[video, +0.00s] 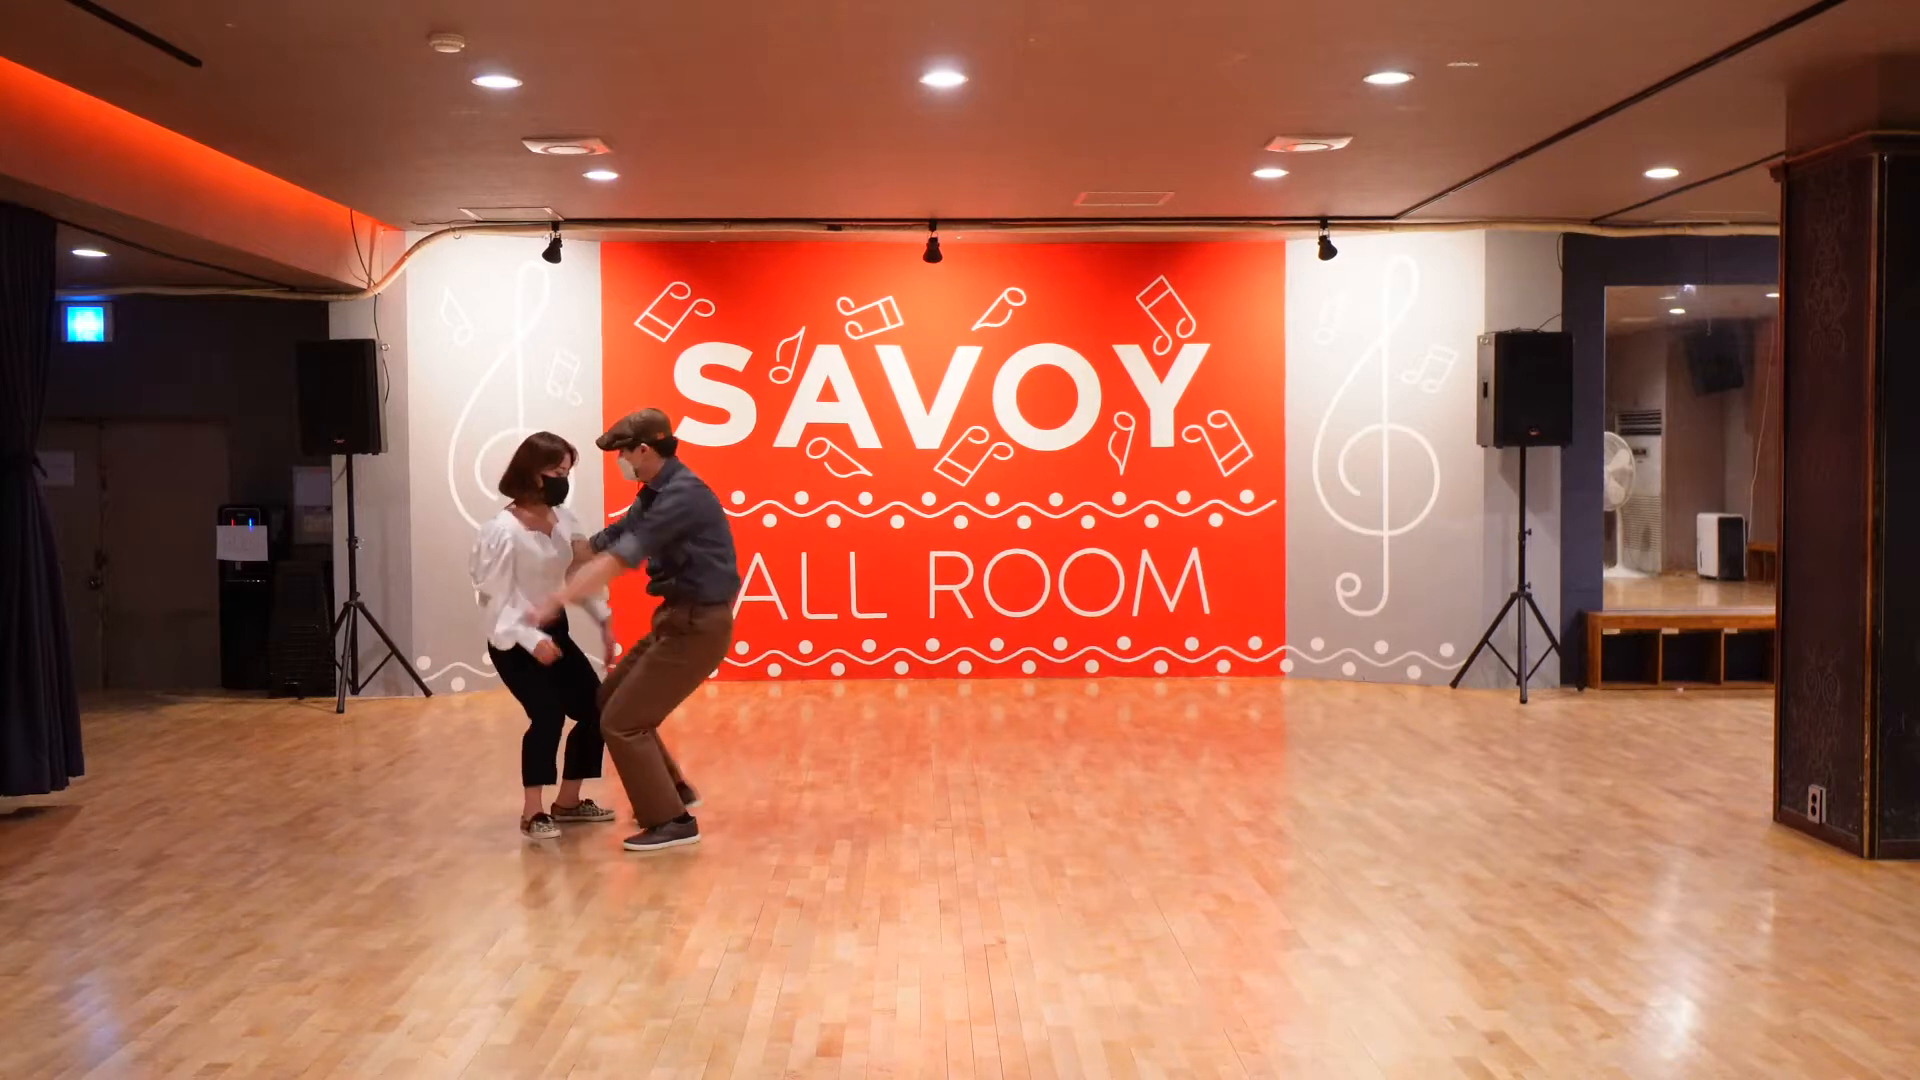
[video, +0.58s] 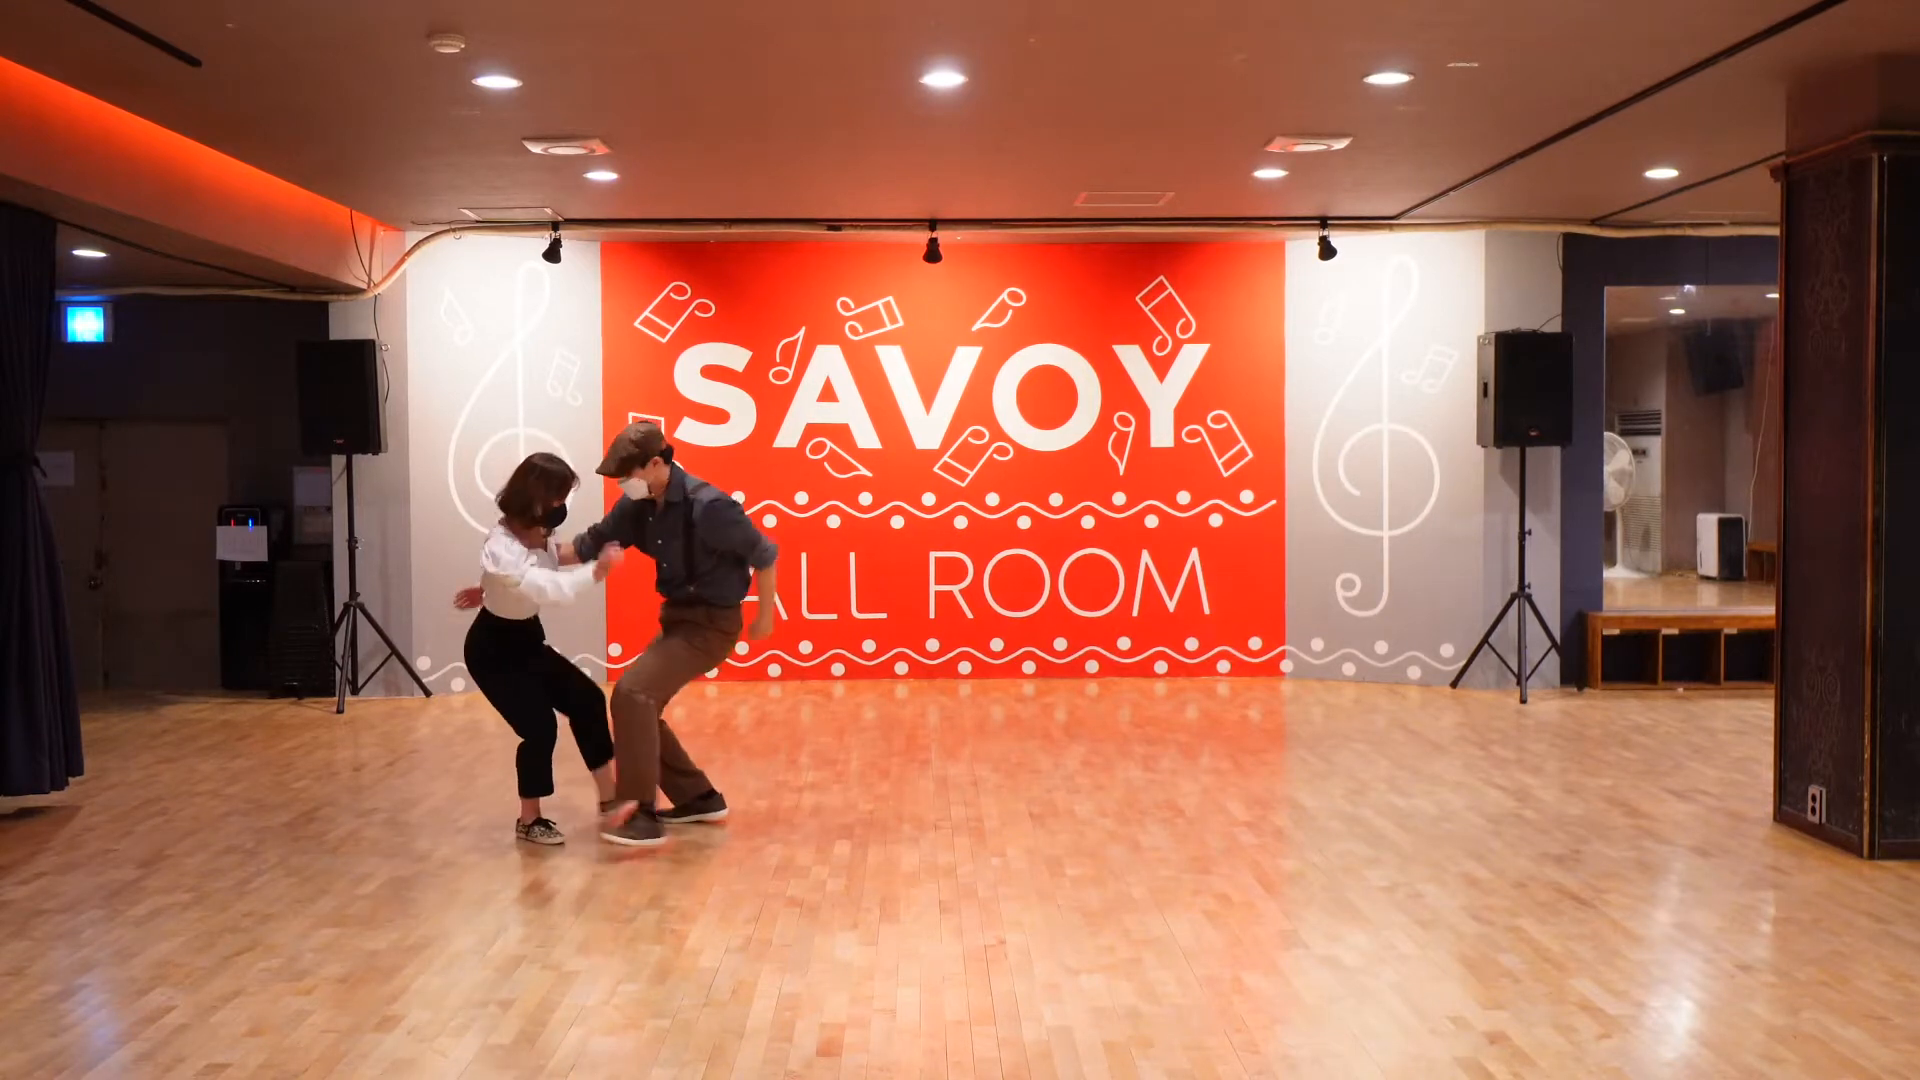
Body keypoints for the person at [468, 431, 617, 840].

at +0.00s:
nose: (565, 480)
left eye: (568, 472)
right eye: (559, 472)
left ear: (566, 473)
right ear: (536, 475)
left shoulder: (563, 521)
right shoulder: (502, 532)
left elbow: (581, 579)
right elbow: (495, 601)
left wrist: (605, 624)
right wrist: (531, 639)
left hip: (552, 629)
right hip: (512, 638)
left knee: (593, 704)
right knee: (548, 712)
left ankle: (568, 802)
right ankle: (533, 813)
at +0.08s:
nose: (565, 483)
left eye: (567, 475)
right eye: (558, 476)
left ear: (564, 475)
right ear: (536, 477)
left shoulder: (560, 526)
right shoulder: (502, 534)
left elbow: (570, 587)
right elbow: (493, 608)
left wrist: (577, 634)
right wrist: (522, 646)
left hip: (551, 630)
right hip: (512, 637)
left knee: (596, 708)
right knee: (548, 723)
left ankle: (569, 801)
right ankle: (528, 818)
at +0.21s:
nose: (568, 490)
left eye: (569, 482)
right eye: (562, 482)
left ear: (540, 486)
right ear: (539, 486)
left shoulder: (553, 529)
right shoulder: (502, 539)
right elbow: (490, 614)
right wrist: (533, 630)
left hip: (539, 637)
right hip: (501, 647)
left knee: (603, 689)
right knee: (551, 725)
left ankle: (582, 783)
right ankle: (530, 819)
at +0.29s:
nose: (564, 497)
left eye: (566, 489)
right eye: (558, 490)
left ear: (541, 492)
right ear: (535, 492)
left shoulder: (545, 530)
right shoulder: (499, 543)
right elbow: (494, 614)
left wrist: (605, 523)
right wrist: (550, 601)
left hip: (535, 641)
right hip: (499, 650)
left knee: (599, 686)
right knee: (545, 725)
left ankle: (609, 781)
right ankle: (529, 819)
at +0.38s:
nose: (560, 505)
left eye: (562, 497)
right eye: (555, 498)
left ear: (534, 496)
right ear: (532, 497)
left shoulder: (540, 532)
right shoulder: (500, 546)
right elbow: (517, 603)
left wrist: (572, 551)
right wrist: (566, 568)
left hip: (533, 644)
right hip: (499, 651)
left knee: (583, 713)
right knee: (541, 729)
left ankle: (629, 787)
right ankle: (529, 820)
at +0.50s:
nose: (560, 508)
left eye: (562, 500)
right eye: (555, 501)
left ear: (526, 499)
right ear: (534, 502)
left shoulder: (533, 534)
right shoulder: (502, 556)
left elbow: (559, 546)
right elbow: (543, 580)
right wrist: (587, 550)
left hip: (529, 647)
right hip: (495, 654)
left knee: (578, 716)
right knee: (540, 727)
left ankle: (623, 783)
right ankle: (529, 820)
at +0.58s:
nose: (564, 509)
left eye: (565, 500)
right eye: (559, 501)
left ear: (534, 500)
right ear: (538, 502)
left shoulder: (539, 536)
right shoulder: (500, 549)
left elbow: (527, 573)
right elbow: (543, 587)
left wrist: (487, 592)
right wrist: (594, 571)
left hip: (527, 643)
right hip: (492, 649)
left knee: (587, 698)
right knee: (539, 726)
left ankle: (609, 799)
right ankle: (529, 819)